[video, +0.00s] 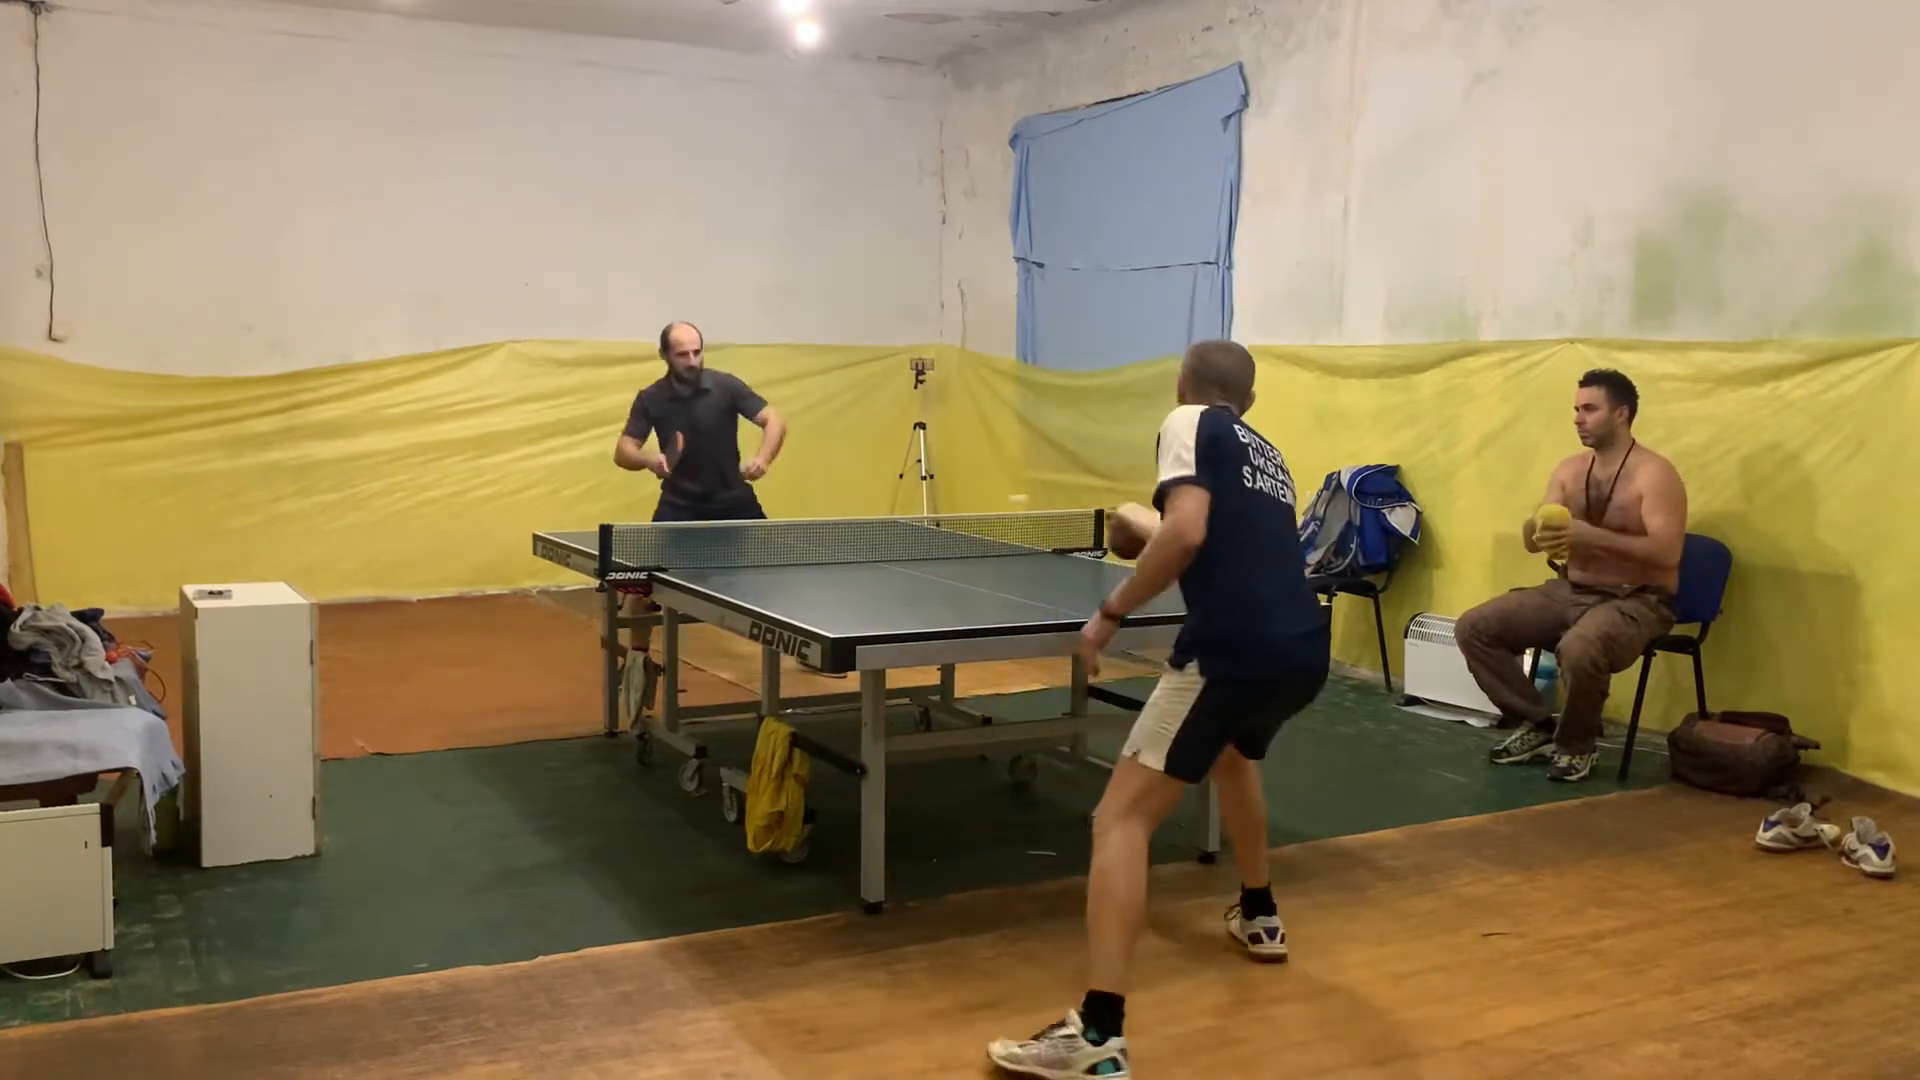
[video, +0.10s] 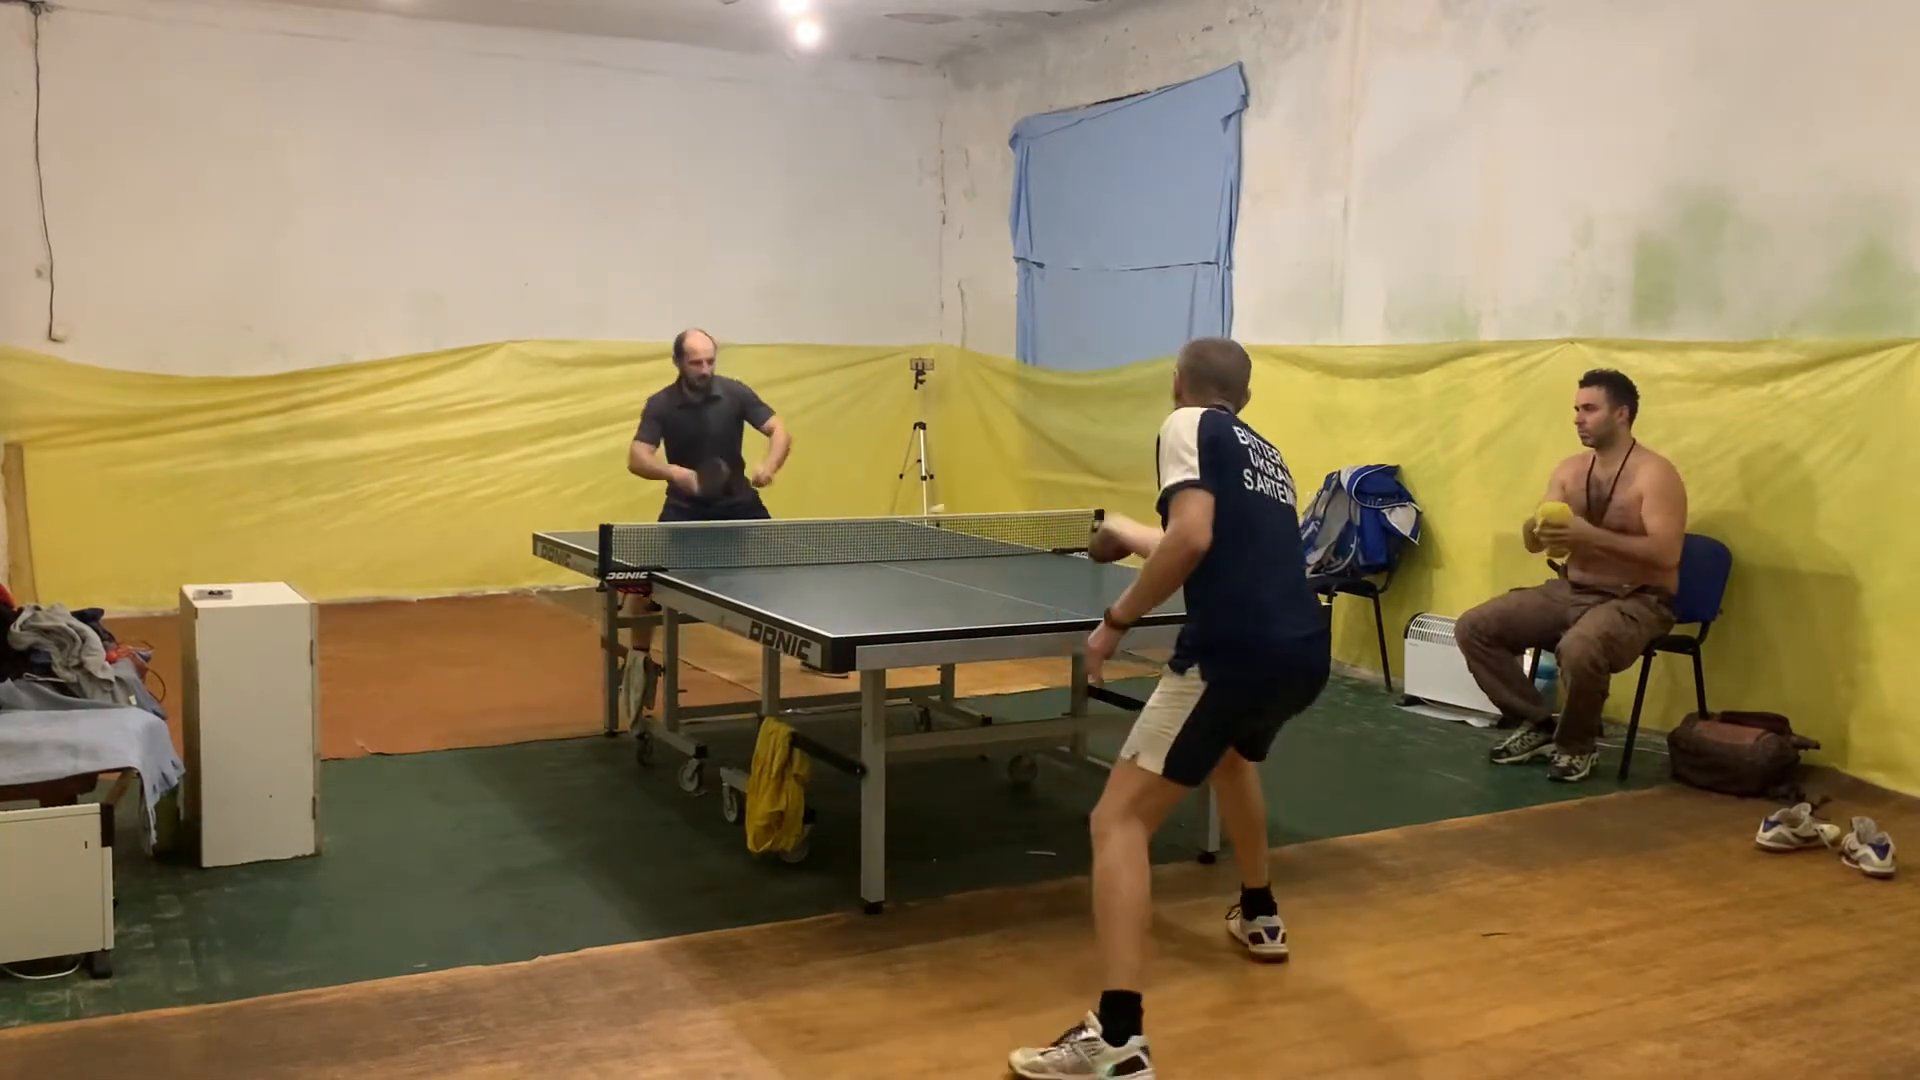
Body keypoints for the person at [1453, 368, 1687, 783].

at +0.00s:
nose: (1578, 418)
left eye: (1589, 409)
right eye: (1577, 409)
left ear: (1622, 413)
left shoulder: (1656, 474)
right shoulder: (1569, 470)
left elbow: (1665, 556)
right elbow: (1537, 542)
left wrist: (1583, 535)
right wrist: (1538, 533)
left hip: (1638, 600)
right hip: (1571, 591)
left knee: (1579, 649)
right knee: (1475, 629)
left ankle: (1577, 745)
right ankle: (1535, 721)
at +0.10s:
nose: (1577, 418)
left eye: (1588, 408)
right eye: (1577, 409)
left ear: (1622, 413)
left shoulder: (1656, 474)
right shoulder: (1569, 470)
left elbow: (1665, 557)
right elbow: (1543, 542)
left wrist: (1586, 536)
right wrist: (1537, 536)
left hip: (1637, 600)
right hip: (1572, 591)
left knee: (1578, 649)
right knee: (1475, 629)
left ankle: (1577, 745)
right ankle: (1535, 722)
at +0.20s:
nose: (1577, 418)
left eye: (1588, 409)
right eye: (1576, 409)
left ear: (1622, 414)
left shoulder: (1656, 474)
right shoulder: (1569, 470)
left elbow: (1665, 556)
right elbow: (1536, 544)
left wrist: (1587, 536)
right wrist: (1538, 531)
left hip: (1638, 599)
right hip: (1572, 591)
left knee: (1578, 649)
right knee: (1475, 629)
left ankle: (1577, 745)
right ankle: (1535, 721)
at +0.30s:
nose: (1577, 418)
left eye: (1588, 409)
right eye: (1576, 409)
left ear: (1622, 414)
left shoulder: (1656, 475)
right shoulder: (1569, 470)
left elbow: (1665, 557)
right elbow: (1537, 545)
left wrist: (1589, 536)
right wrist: (1543, 531)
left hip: (1638, 599)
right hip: (1572, 591)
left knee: (1579, 649)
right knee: (1475, 629)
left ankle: (1577, 746)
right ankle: (1535, 721)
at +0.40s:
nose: (1576, 419)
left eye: (1587, 409)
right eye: (1576, 410)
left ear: (1621, 415)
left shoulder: (1656, 475)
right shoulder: (1569, 470)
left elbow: (1664, 557)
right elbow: (1540, 546)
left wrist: (1589, 536)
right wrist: (1544, 534)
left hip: (1637, 599)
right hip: (1572, 591)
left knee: (1579, 649)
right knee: (1475, 629)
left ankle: (1577, 746)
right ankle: (1535, 721)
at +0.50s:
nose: (1576, 419)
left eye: (1587, 410)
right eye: (1576, 410)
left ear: (1621, 415)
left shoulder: (1656, 475)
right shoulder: (1570, 471)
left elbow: (1665, 558)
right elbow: (1542, 544)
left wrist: (1589, 534)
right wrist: (1545, 536)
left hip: (1638, 599)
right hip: (1573, 591)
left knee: (1579, 649)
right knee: (1475, 629)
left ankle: (1577, 745)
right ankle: (1535, 721)